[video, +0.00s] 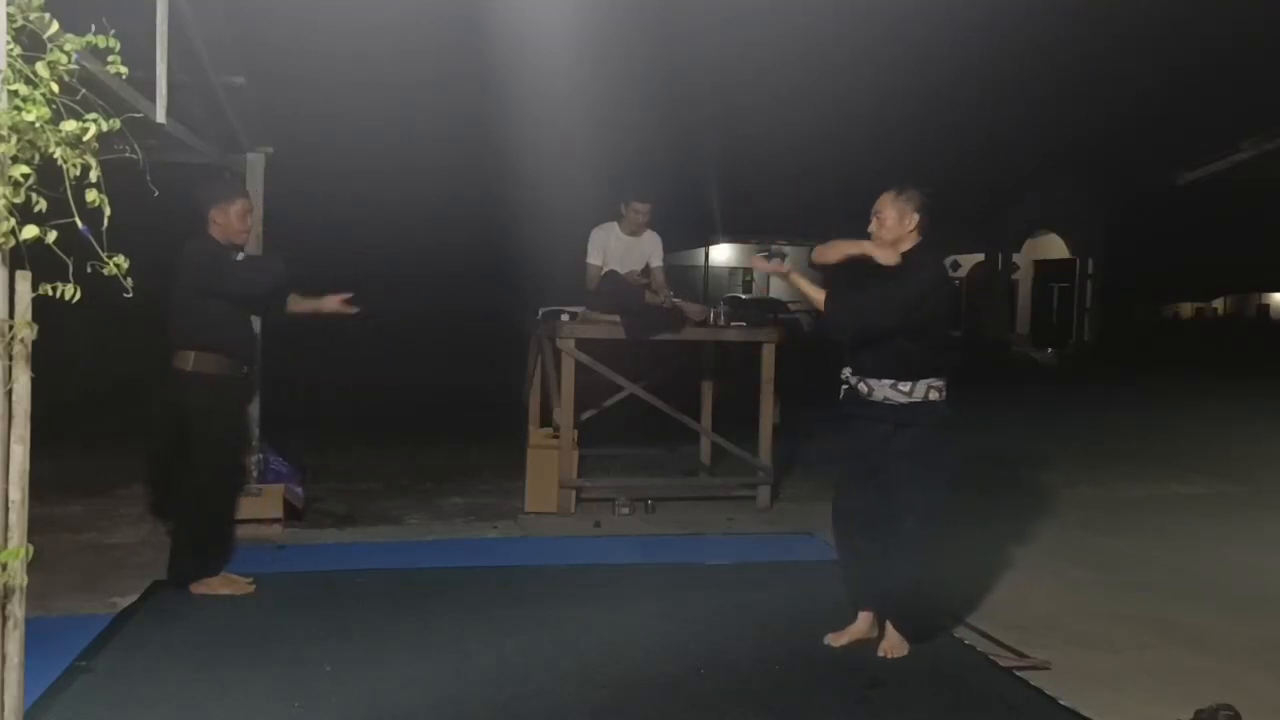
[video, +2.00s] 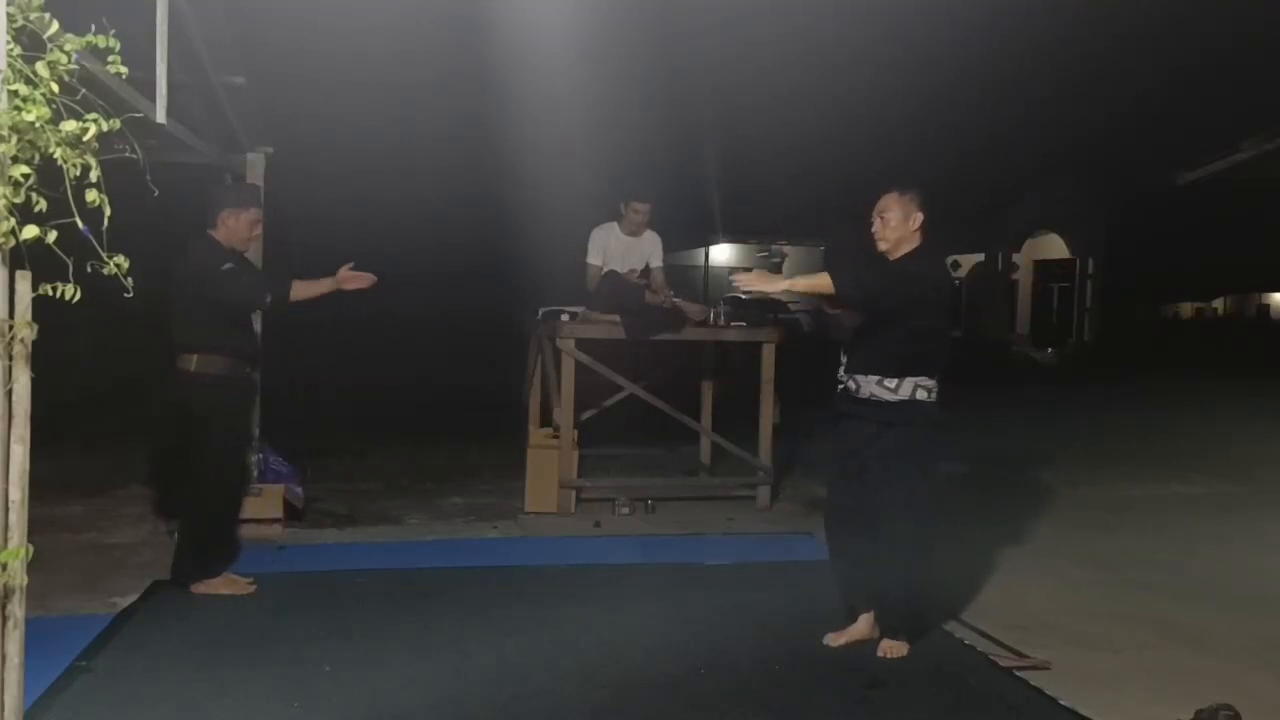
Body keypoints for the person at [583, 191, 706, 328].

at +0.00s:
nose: (641, 219)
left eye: (645, 214)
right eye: (636, 212)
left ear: (650, 214)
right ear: (623, 209)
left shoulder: (653, 240)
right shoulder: (601, 234)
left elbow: (659, 283)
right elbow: (591, 285)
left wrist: (665, 297)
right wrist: (623, 280)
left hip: (635, 298)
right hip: (601, 299)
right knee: (611, 278)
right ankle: (677, 310)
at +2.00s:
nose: (641, 219)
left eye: (645, 214)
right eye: (636, 212)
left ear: (650, 214)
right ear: (623, 209)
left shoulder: (653, 240)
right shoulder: (601, 234)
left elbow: (658, 281)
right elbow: (592, 285)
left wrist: (664, 295)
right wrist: (621, 281)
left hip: (635, 300)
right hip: (603, 300)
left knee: (674, 317)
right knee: (611, 278)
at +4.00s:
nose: (635, 215)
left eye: (641, 210)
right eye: (630, 209)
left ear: (647, 213)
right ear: (621, 208)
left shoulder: (653, 239)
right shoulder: (601, 234)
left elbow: (659, 282)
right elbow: (591, 283)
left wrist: (664, 293)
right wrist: (622, 280)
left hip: (636, 300)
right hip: (603, 299)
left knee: (674, 317)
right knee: (611, 279)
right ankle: (679, 306)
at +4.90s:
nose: (642, 218)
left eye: (647, 213)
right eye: (637, 211)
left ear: (651, 214)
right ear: (624, 209)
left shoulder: (654, 240)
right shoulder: (602, 234)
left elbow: (659, 283)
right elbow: (592, 283)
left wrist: (666, 295)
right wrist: (624, 280)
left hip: (637, 299)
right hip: (604, 299)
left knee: (676, 317)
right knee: (611, 278)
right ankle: (680, 306)